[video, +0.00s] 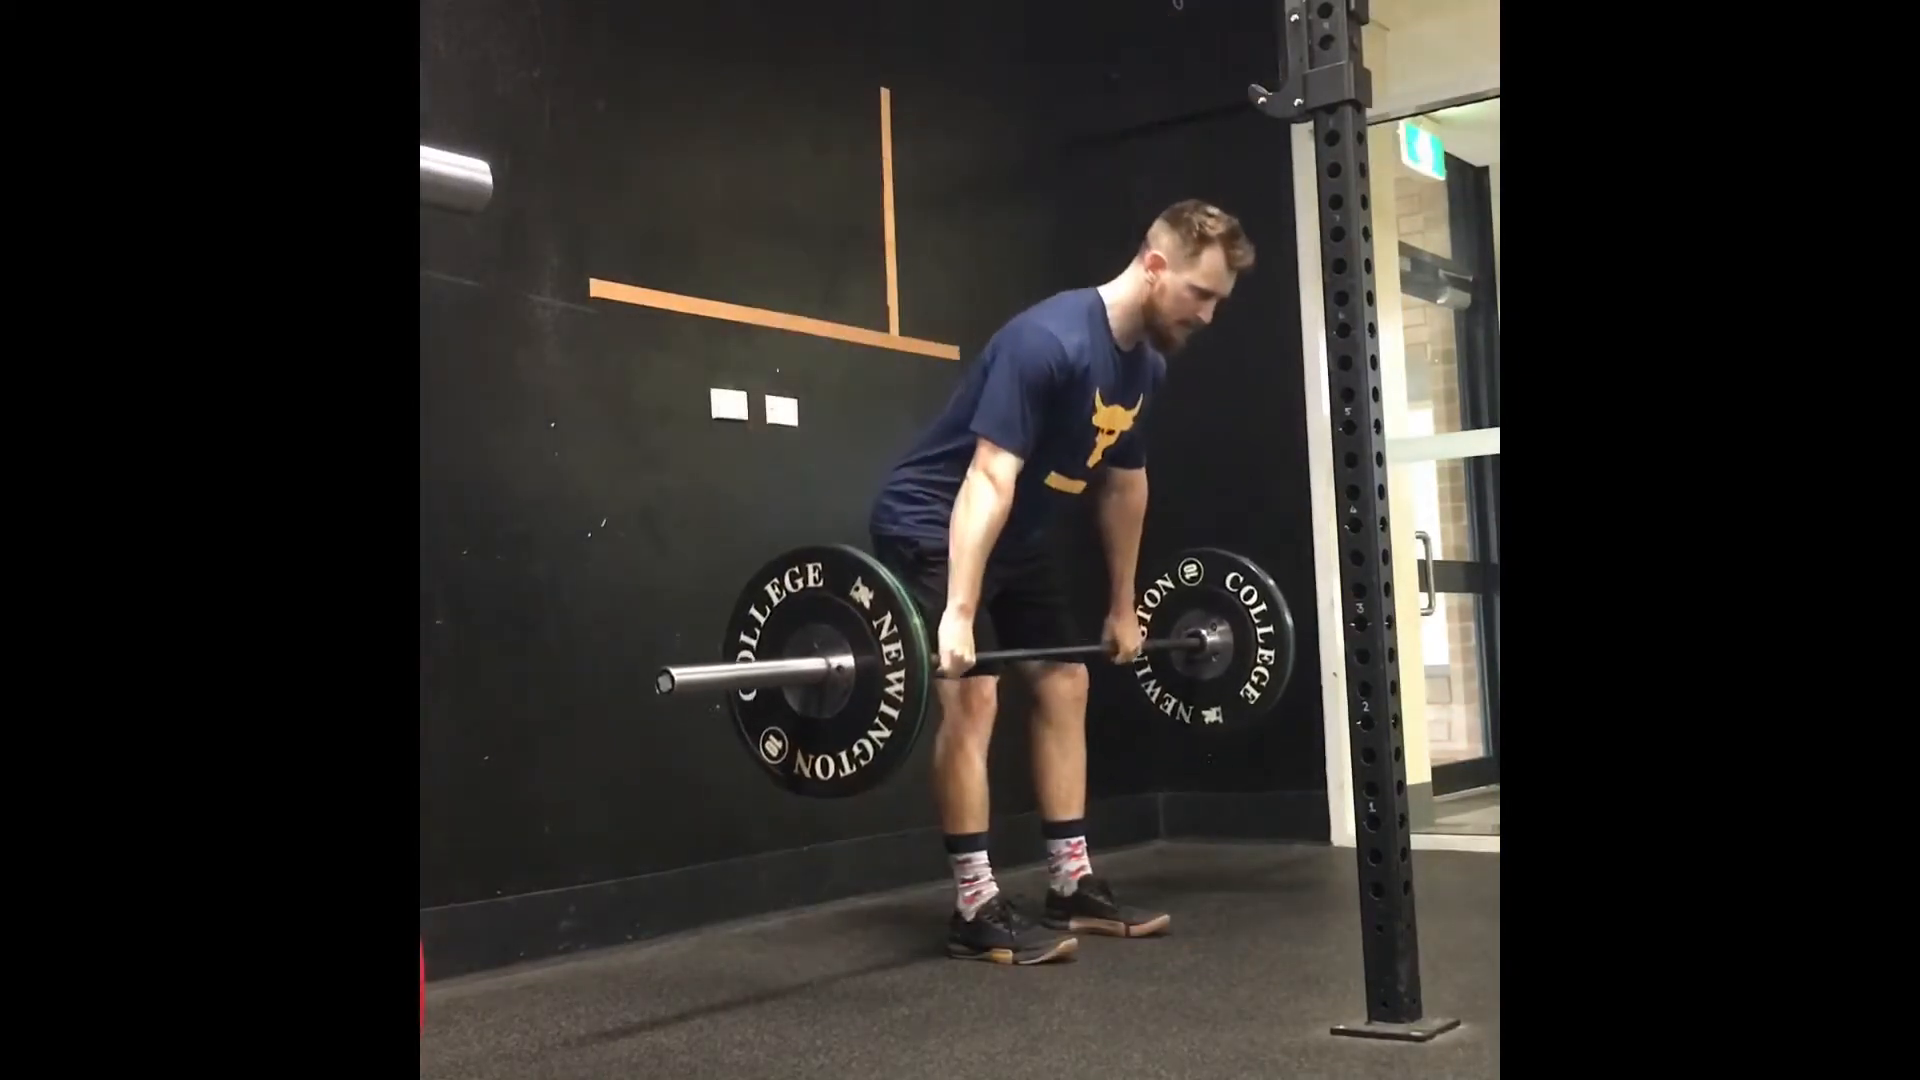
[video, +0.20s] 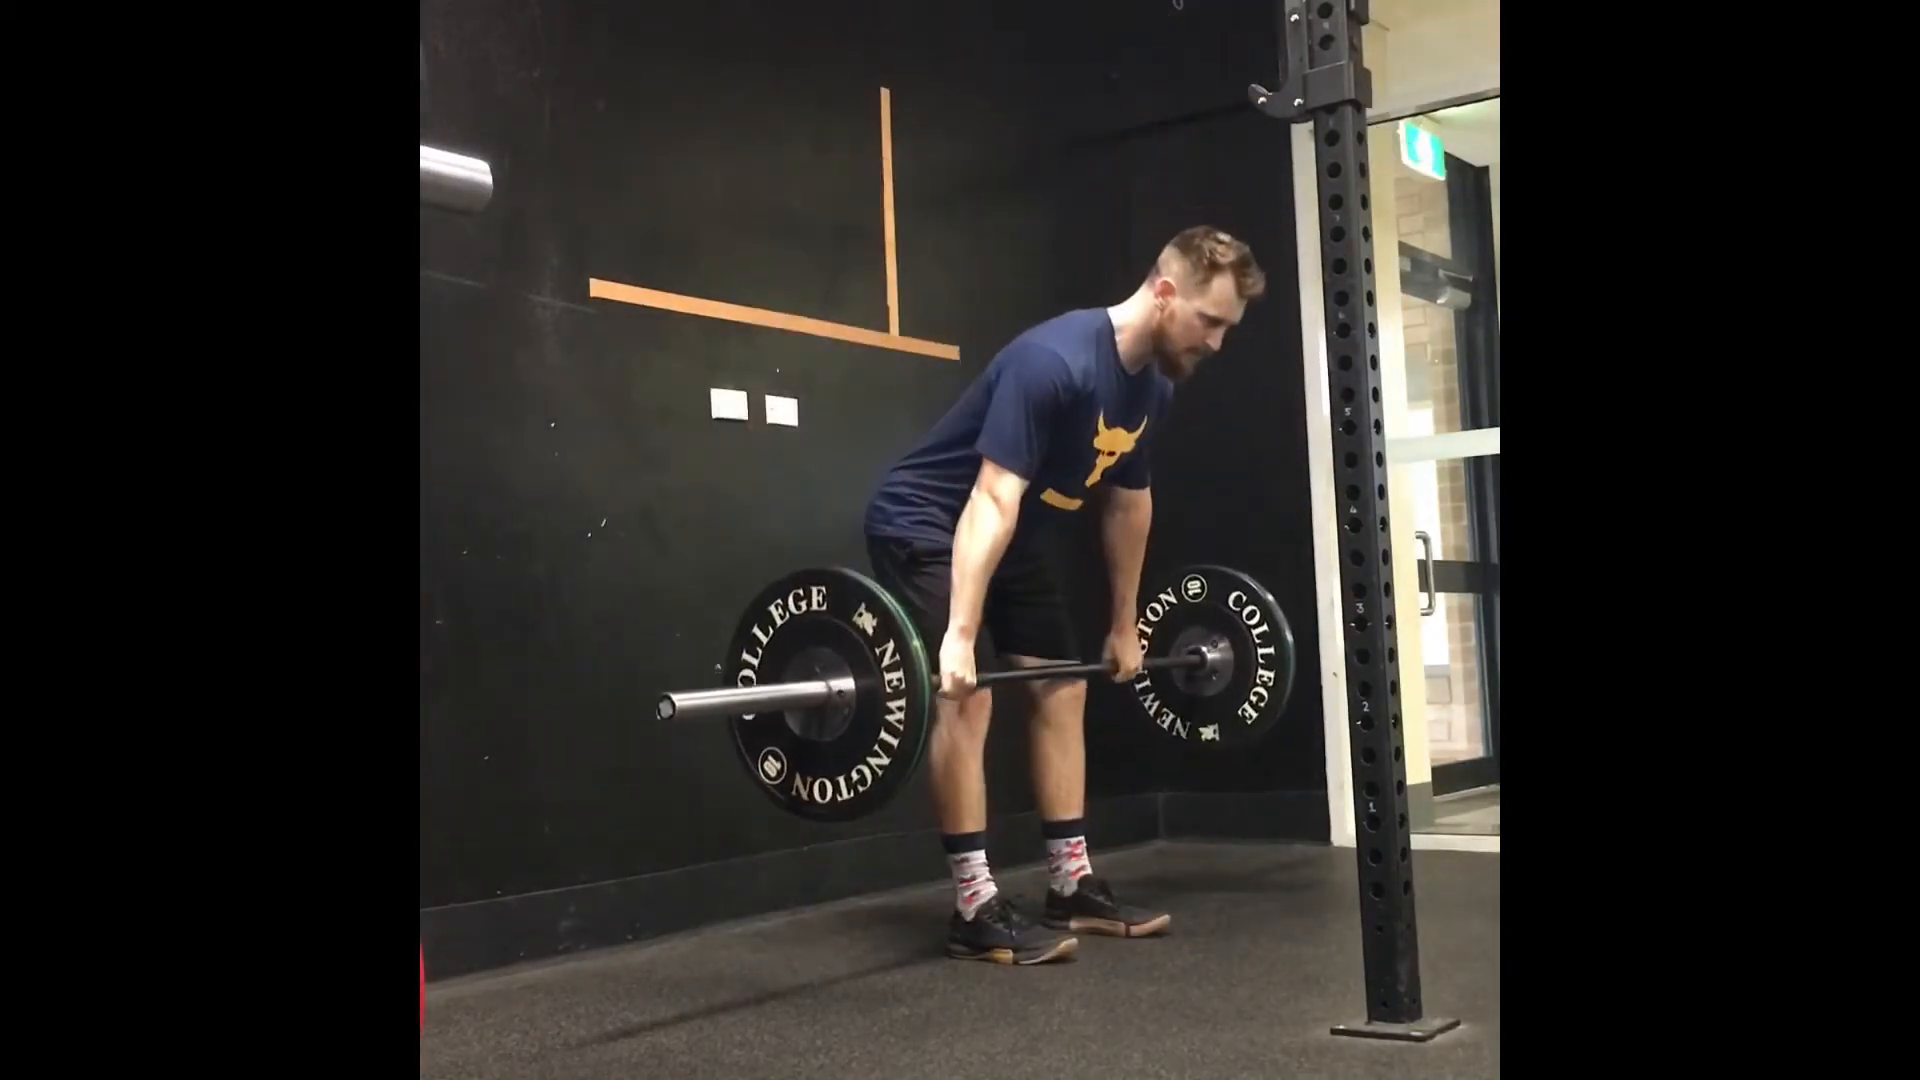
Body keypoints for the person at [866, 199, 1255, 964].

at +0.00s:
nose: (1207, 315)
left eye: (1217, 301)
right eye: (1200, 294)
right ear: (1153, 265)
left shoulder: (1144, 368)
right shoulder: (1047, 341)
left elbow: (1123, 483)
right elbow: (989, 478)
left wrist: (1123, 606)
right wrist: (959, 611)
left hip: (1024, 526)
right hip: (934, 521)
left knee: (1063, 680)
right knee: (971, 692)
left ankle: (1071, 884)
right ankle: (976, 903)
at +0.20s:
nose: (1215, 342)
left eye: (1226, 329)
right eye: (1209, 321)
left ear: (1173, 300)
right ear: (1161, 292)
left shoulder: (1149, 388)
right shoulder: (1052, 363)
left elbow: (1128, 504)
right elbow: (993, 498)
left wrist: (1124, 623)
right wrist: (960, 635)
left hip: (1017, 523)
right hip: (926, 519)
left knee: (1061, 681)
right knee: (966, 692)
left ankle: (1071, 884)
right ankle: (975, 905)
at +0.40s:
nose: (1219, 366)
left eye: (1230, 353)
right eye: (1213, 345)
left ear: (1173, 322)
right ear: (1167, 313)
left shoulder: (1151, 401)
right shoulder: (1054, 380)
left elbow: (1130, 518)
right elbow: (994, 514)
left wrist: (1124, 638)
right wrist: (960, 653)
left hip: (1010, 527)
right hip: (920, 525)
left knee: (1059, 684)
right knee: (963, 698)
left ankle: (1071, 885)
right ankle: (974, 906)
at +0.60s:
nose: (1216, 370)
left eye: (1227, 357)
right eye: (1210, 349)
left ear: (1171, 326)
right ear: (1164, 316)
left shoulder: (1151, 404)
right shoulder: (1051, 384)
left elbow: (1127, 522)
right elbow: (990, 518)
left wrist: (1121, 643)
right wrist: (958, 656)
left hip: (1009, 530)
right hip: (917, 527)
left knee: (1058, 683)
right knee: (961, 699)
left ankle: (1070, 884)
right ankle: (974, 907)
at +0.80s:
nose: (1196, 318)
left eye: (1205, 304)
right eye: (1189, 297)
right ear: (1139, 272)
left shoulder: (1138, 377)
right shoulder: (1038, 353)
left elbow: (1123, 501)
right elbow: (987, 492)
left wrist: (1125, 621)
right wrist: (961, 624)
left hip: (1018, 528)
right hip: (925, 527)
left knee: (1064, 681)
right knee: (967, 689)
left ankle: (1071, 886)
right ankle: (974, 905)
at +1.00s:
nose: (1115, 208)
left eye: (1124, 195)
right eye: (1109, 188)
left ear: (1095, 179)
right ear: (1059, 161)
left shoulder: (1084, 274)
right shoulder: (981, 259)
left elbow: (1104, 403)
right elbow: (955, 392)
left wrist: (1128, 521)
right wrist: (961, 518)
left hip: (1061, 526)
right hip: (989, 526)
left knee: (1076, 689)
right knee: (992, 699)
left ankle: (1072, 885)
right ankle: (976, 907)